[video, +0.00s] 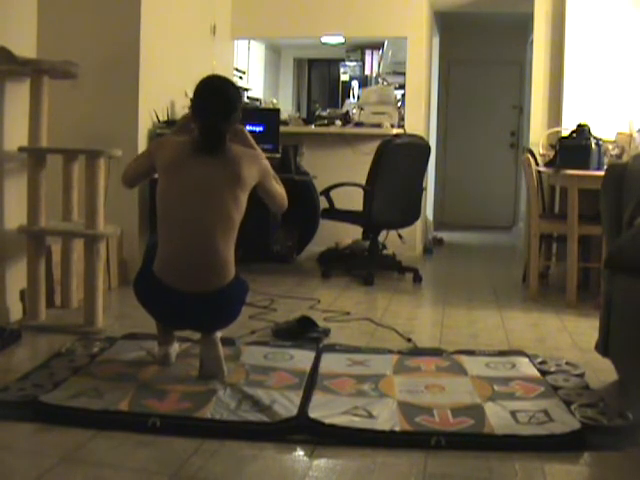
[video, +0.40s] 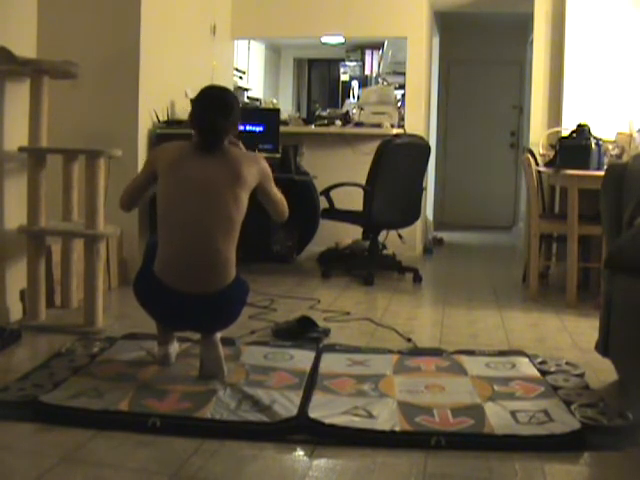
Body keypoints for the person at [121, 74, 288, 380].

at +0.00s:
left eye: (194, 104)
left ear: (193, 111)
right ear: (236, 117)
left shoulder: (166, 149)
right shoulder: (249, 160)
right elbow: (280, 203)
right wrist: (249, 143)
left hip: (165, 305)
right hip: (217, 308)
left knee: (155, 243)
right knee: (233, 279)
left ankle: (165, 345)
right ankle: (211, 339)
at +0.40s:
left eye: (193, 114)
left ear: (192, 121)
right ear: (235, 127)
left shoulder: (165, 155)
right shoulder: (252, 165)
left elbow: (127, 202)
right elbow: (281, 213)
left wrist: (157, 175)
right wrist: (248, 159)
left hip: (166, 307)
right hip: (218, 310)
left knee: (155, 241)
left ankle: (165, 345)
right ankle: (211, 340)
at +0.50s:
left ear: (191, 122)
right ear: (234, 128)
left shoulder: (164, 157)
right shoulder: (251, 165)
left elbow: (125, 208)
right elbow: (282, 216)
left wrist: (156, 181)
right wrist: (260, 175)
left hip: (165, 308)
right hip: (218, 311)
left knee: (155, 242)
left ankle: (165, 345)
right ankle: (211, 342)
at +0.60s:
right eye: (235, 125)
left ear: (191, 123)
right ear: (234, 130)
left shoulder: (164, 158)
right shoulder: (251, 165)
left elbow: (124, 211)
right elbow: (283, 216)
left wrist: (157, 183)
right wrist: (262, 176)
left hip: (166, 308)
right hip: (218, 311)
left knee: (155, 241)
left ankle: (165, 345)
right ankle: (211, 342)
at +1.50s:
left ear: (196, 125)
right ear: (238, 135)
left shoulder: (169, 156)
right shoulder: (256, 168)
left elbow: (124, 208)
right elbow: (276, 231)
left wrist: (167, 193)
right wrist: (247, 203)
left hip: (165, 308)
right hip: (216, 312)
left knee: (151, 236)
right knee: (237, 285)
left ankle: (163, 346)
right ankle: (209, 340)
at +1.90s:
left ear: (180, 124)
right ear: (220, 134)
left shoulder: (150, 155)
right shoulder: (235, 166)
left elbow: (104, 199)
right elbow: (240, 232)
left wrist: (140, 172)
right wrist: (210, 206)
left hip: (146, 304)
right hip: (197, 308)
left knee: (128, 272)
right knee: (220, 277)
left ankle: (150, 346)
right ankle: (205, 338)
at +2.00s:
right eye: (214, 121)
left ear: (174, 118)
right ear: (214, 128)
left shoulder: (143, 153)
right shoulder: (227, 162)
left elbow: (102, 183)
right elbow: (250, 228)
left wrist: (128, 155)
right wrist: (223, 191)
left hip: (142, 303)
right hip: (194, 305)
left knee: (128, 274)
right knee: (219, 279)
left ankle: (148, 341)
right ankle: (204, 336)